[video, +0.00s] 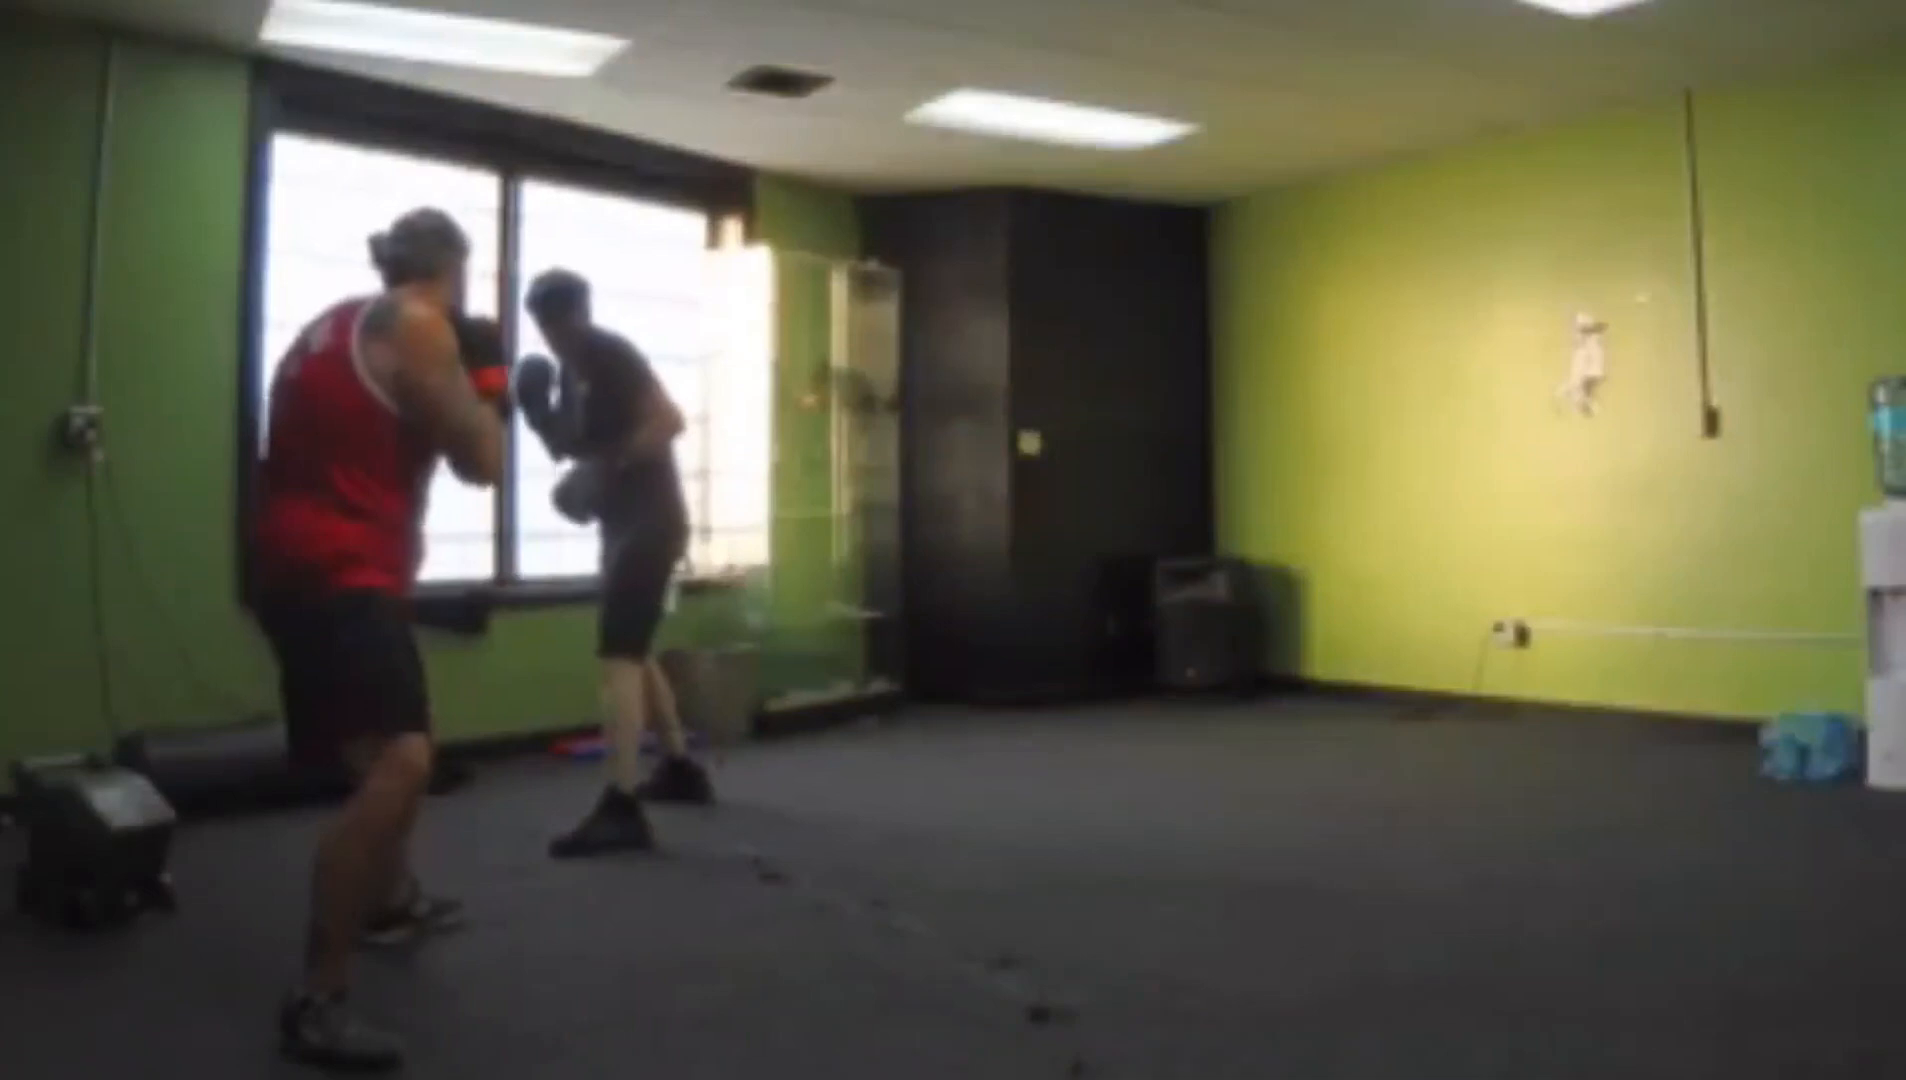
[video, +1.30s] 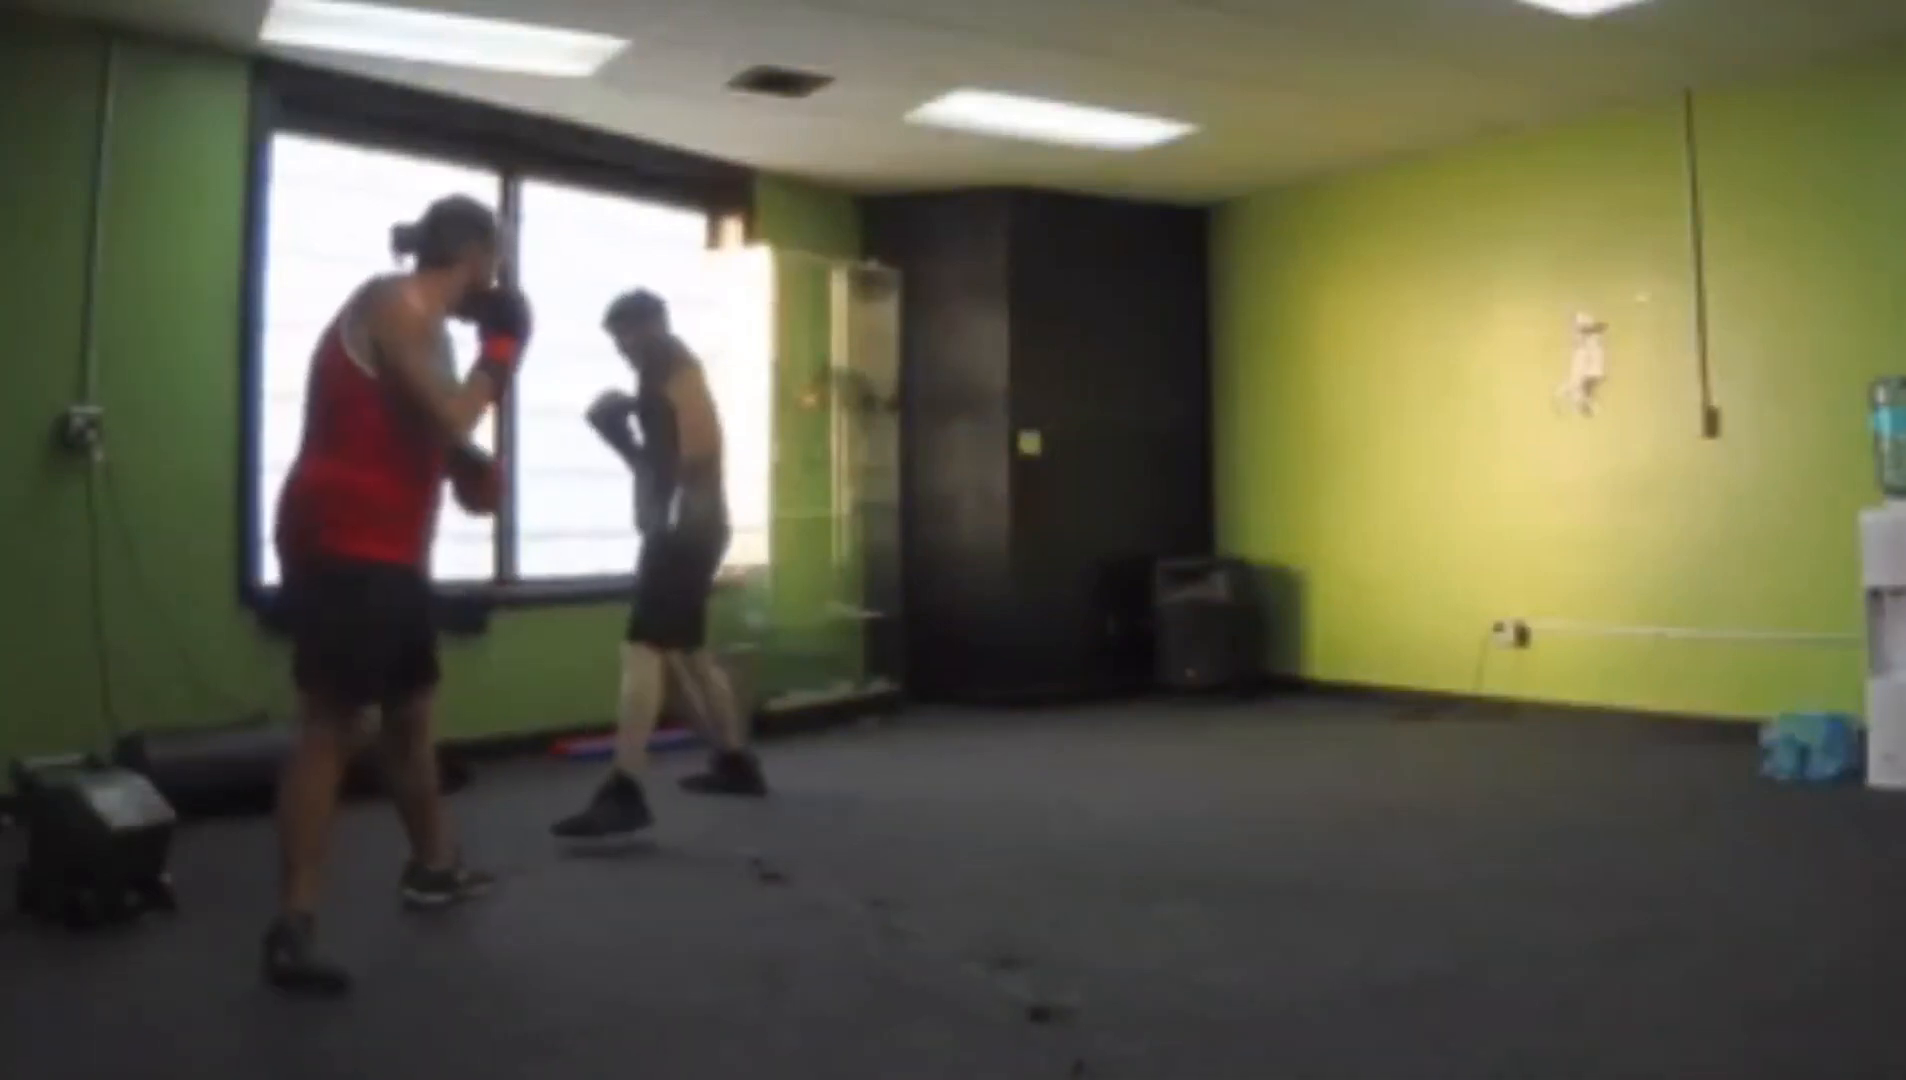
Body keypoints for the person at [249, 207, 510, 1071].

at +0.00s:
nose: (464, 292)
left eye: (462, 280)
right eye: (463, 278)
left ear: (389, 267)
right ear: (445, 272)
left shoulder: (331, 325)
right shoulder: (414, 323)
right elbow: (484, 459)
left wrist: (448, 382)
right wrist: (481, 379)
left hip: (291, 570)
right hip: (349, 574)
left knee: (381, 746)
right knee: (400, 758)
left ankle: (388, 900)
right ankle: (321, 1001)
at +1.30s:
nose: (489, 284)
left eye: (492, 273)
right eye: (488, 270)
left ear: (430, 249)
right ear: (464, 259)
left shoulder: (404, 321)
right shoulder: (393, 305)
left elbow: (403, 434)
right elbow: (450, 415)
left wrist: (460, 471)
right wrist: (500, 352)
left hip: (386, 549)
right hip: (348, 546)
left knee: (410, 711)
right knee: (330, 728)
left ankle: (433, 863)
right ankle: (295, 922)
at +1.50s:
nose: (460, 271)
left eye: (461, 258)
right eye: (459, 256)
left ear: (396, 237)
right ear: (438, 245)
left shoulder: (335, 304)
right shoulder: (384, 308)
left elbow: (288, 406)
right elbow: (446, 421)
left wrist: (419, 469)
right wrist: (482, 347)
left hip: (306, 547)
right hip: (365, 553)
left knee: (298, 733)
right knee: (416, 691)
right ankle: (432, 849)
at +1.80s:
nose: (470, 263)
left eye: (467, 251)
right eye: (466, 250)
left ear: (402, 243)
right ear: (445, 244)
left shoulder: (346, 308)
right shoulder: (431, 307)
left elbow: (305, 421)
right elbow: (487, 408)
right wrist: (495, 339)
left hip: (326, 549)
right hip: (393, 554)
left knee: (315, 738)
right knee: (433, 713)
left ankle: (289, 924)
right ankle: (452, 876)